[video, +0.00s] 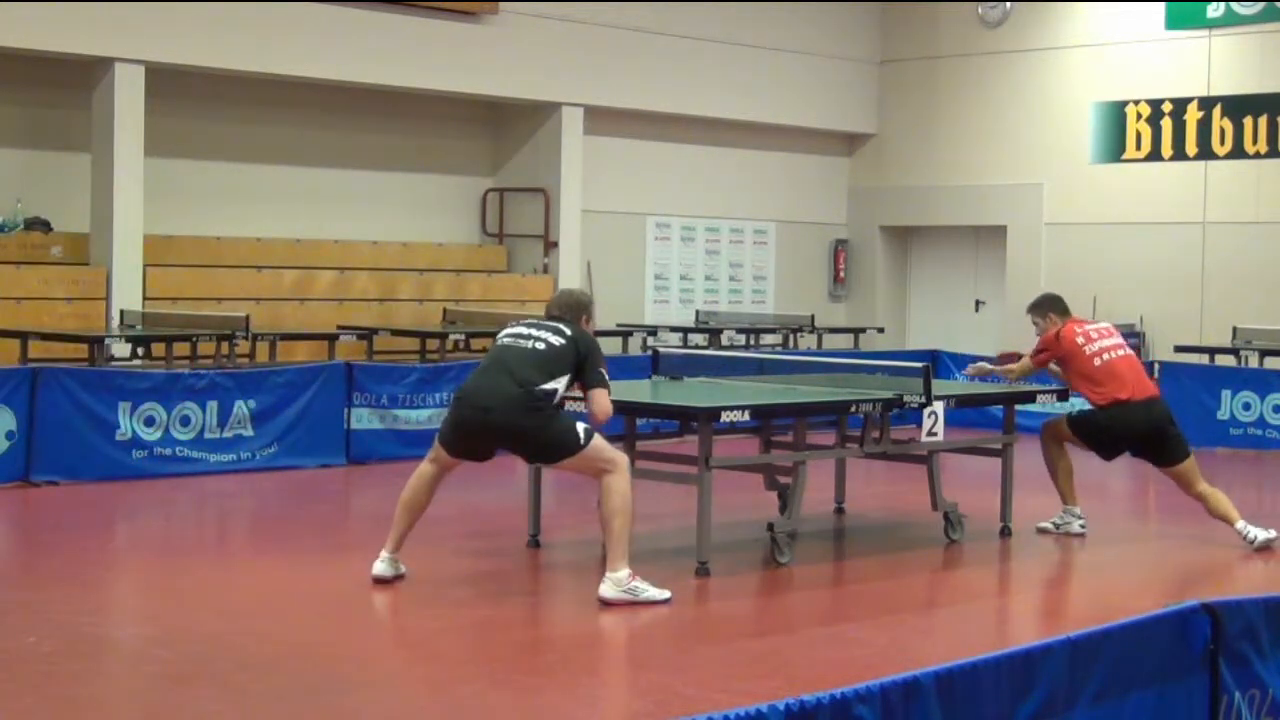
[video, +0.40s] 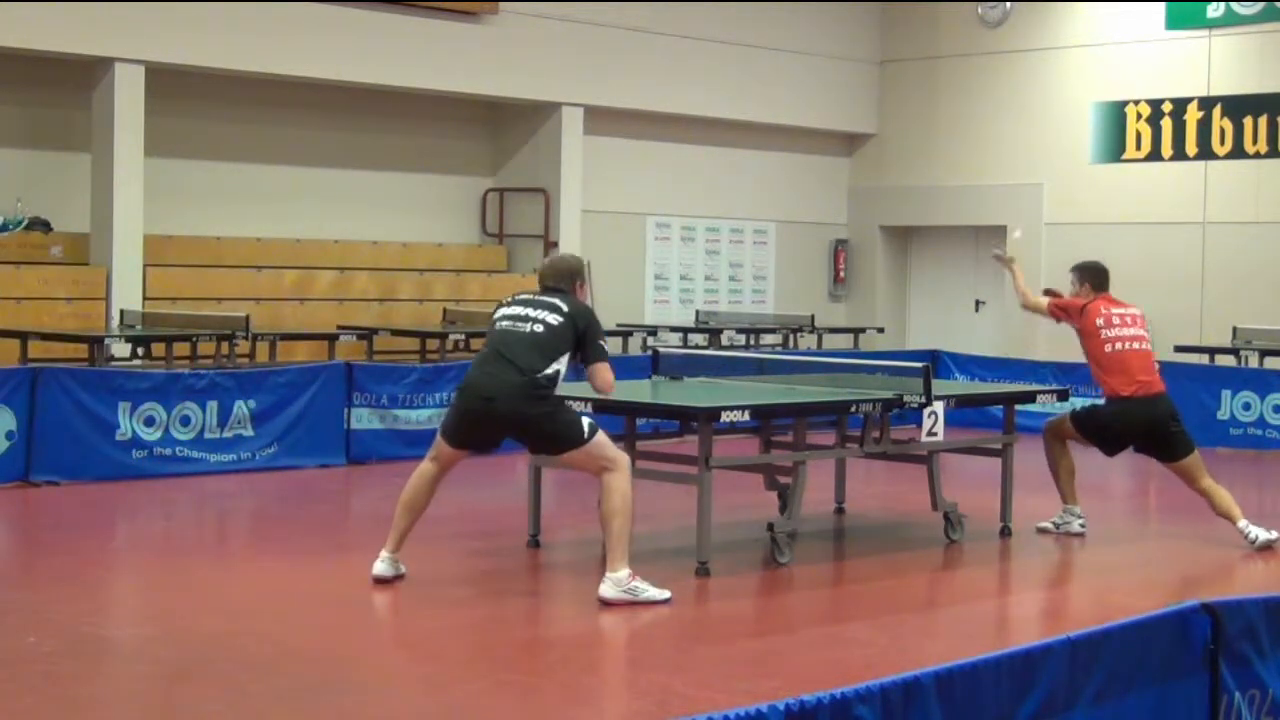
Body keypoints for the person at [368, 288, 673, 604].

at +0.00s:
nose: (594, 328)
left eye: (592, 322)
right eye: (593, 322)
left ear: (550, 314)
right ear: (584, 321)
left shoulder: (515, 327)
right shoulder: (583, 341)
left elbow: (502, 373)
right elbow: (601, 412)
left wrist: (547, 392)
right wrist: (587, 414)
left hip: (469, 410)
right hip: (524, 416)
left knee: (435, 463)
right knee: (616, 466)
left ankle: (386, 556)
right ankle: (619, 577)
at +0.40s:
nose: (587, 292)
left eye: (586, 286)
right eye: (586, 286)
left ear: (542, 284)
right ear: (577, 288)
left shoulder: (510, 303)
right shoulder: (579, 313)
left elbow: (498, 349)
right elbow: (604, 384)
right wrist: (593, 359)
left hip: (474, 399)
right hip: (529, 404)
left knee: (435, 463)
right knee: (615, 464)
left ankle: (386, 557)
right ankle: (618, 575)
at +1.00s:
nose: (595, 247)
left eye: (594, 242)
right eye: (594, 241)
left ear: (548, 244)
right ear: (585, 243)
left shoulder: (519, 272)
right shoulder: (591, 275)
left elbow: (487, 337)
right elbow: (608, 329)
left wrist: (525, 340)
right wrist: (625, 353)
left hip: (502, 374)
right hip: (553, 379)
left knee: (459, 450)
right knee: (627, 459)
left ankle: (408, 536)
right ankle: (621, 562)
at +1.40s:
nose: (590, 249)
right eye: (588, 243)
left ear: (545, 248)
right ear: (583, 246)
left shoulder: (524, 282)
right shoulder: (600, 278)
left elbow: (497, 352)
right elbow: (638, 338)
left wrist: (526, 364)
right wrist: (644, 362)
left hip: (528, 390)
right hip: (582, 391)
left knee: (497, 454)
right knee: (640, 469)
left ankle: (462, 546)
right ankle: (626, 567)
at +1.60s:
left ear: (527, 246)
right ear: (564, 243)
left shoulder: (508, 281)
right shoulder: (584, 266)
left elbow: (488, 351)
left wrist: (513, 353)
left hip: (526, 378)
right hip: (577, 375)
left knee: (504, 449)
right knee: (627, 464)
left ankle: (490, 536)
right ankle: (626, 564)